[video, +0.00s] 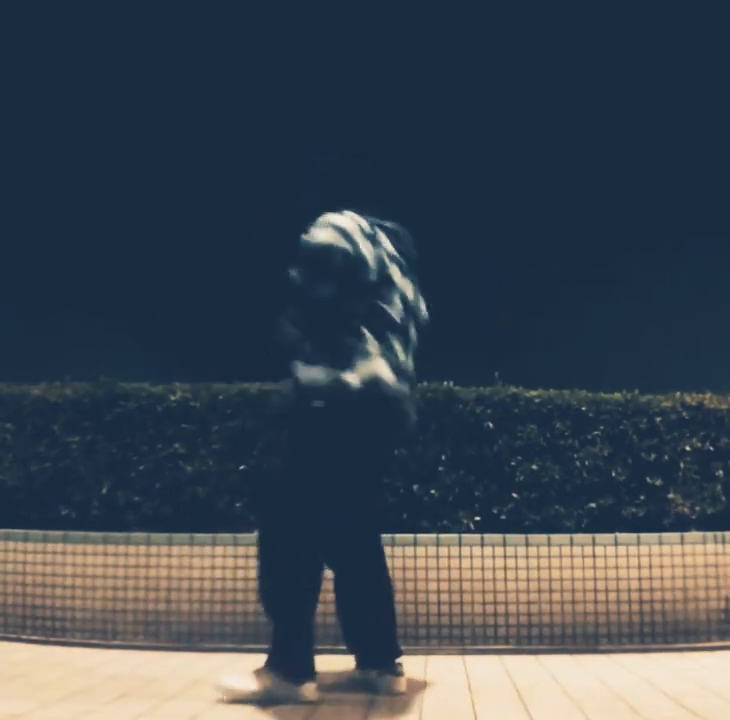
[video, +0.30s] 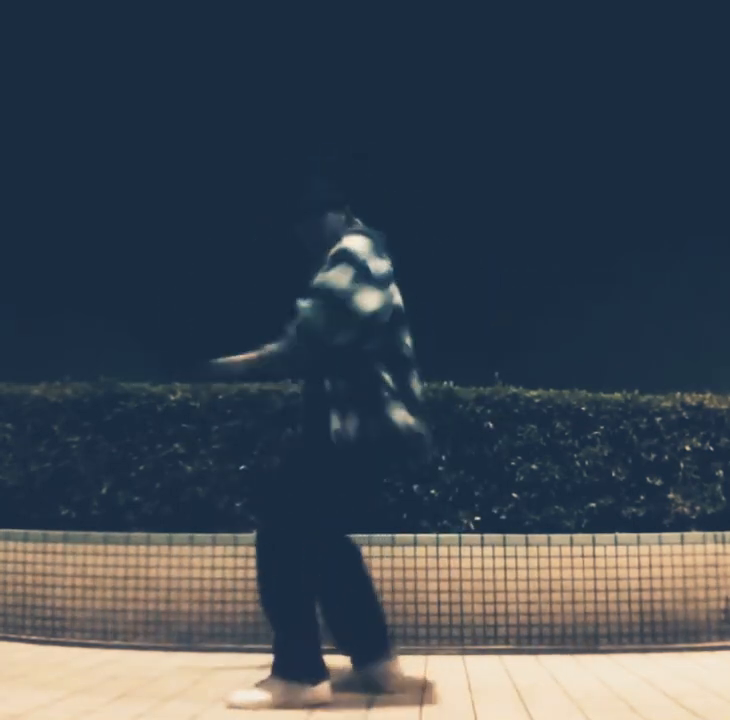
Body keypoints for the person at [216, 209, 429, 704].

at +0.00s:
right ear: (376, 219)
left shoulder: (333, 230)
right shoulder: (398, 268)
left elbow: (310, 292)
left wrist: (292, 332)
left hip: (328, 398)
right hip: (384, 403)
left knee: (290, 524)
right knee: (356, 527)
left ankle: (287, 668)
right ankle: (378, 664)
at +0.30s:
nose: (307, 232)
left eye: (312, 220)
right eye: (305, 221)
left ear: (333, 216)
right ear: (343, 217)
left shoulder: (351, 260)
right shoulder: (366, 257)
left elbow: (306, 343)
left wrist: (239, 363)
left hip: (352, 430)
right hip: (375, 427)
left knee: (280, 526)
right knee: (321, 530)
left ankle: (297, 673)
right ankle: (374, 662)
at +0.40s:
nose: (312, 240)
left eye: (316, 228)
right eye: (307, 233)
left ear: (334, 221)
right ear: (314, 239)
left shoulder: (366, 246)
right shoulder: (330, 286)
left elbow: (308, 297)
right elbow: (274, 346)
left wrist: (240, 324)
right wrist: (198, 363)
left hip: (382, 410)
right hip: (358, 417)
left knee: (327, 537)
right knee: (333, 539)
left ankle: (301, 675)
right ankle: (381, 653)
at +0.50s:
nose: (306, 246)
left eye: (308, 237)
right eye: (307, 238)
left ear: (318, 238)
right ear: (343, 236)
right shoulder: (371, 270)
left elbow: (296, 297)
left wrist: (247, 324)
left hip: (371, 415)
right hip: (416, 413)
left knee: (354, 524)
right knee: (394, 526)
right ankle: (390, 646)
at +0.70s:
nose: (342, 265)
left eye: (349, 251)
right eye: (329, 256)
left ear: (361, 245)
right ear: (309, 254)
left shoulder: (395, 284)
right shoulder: (286, 298)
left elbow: (466, 318)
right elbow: (288, 374)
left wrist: (535, 347)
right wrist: (333, 401)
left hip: (400, 444)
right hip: (332, 453)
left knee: (443, 547)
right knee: (333, 568)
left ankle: (519, 638)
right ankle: (391, 666)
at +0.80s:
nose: (329, 229)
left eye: (343, 220)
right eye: (325, 220)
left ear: (366, 227)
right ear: (319, 229)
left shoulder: (405, 280)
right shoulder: (295, 290)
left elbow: (457, 337)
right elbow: (269, 354)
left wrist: (486, 379)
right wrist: (253, 392)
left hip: (402, 444)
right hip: (329, 448)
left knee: (417, 536)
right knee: (336, 558)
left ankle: (434, 627)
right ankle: (385, 663)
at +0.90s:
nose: (372, 256)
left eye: (378, 248)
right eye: (363, 246)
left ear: (388, 256)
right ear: (346, 249)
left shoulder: (403, 295)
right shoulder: (313, 290)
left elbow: (442, 347)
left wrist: (455, 385)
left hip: (393, 430)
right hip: (334, 427)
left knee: (386, 533)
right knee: (363, 529)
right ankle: (339, 642)